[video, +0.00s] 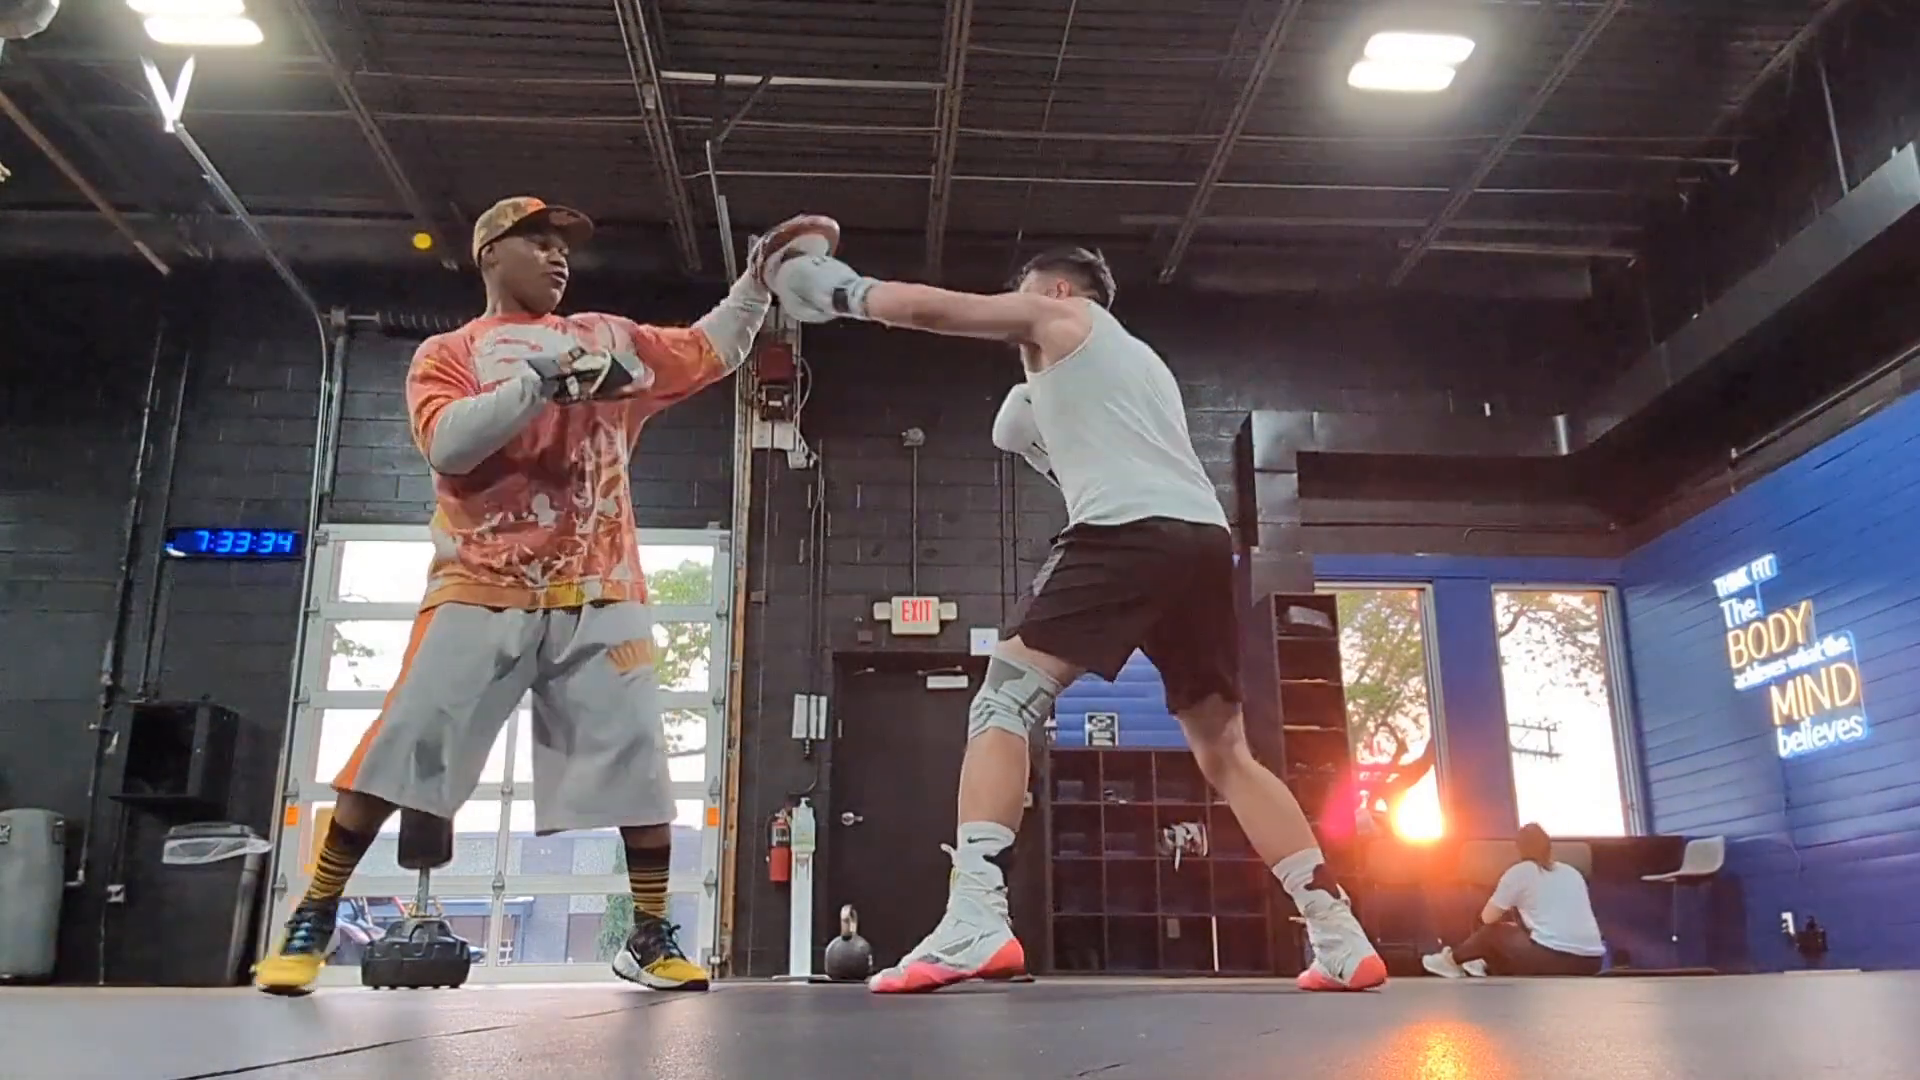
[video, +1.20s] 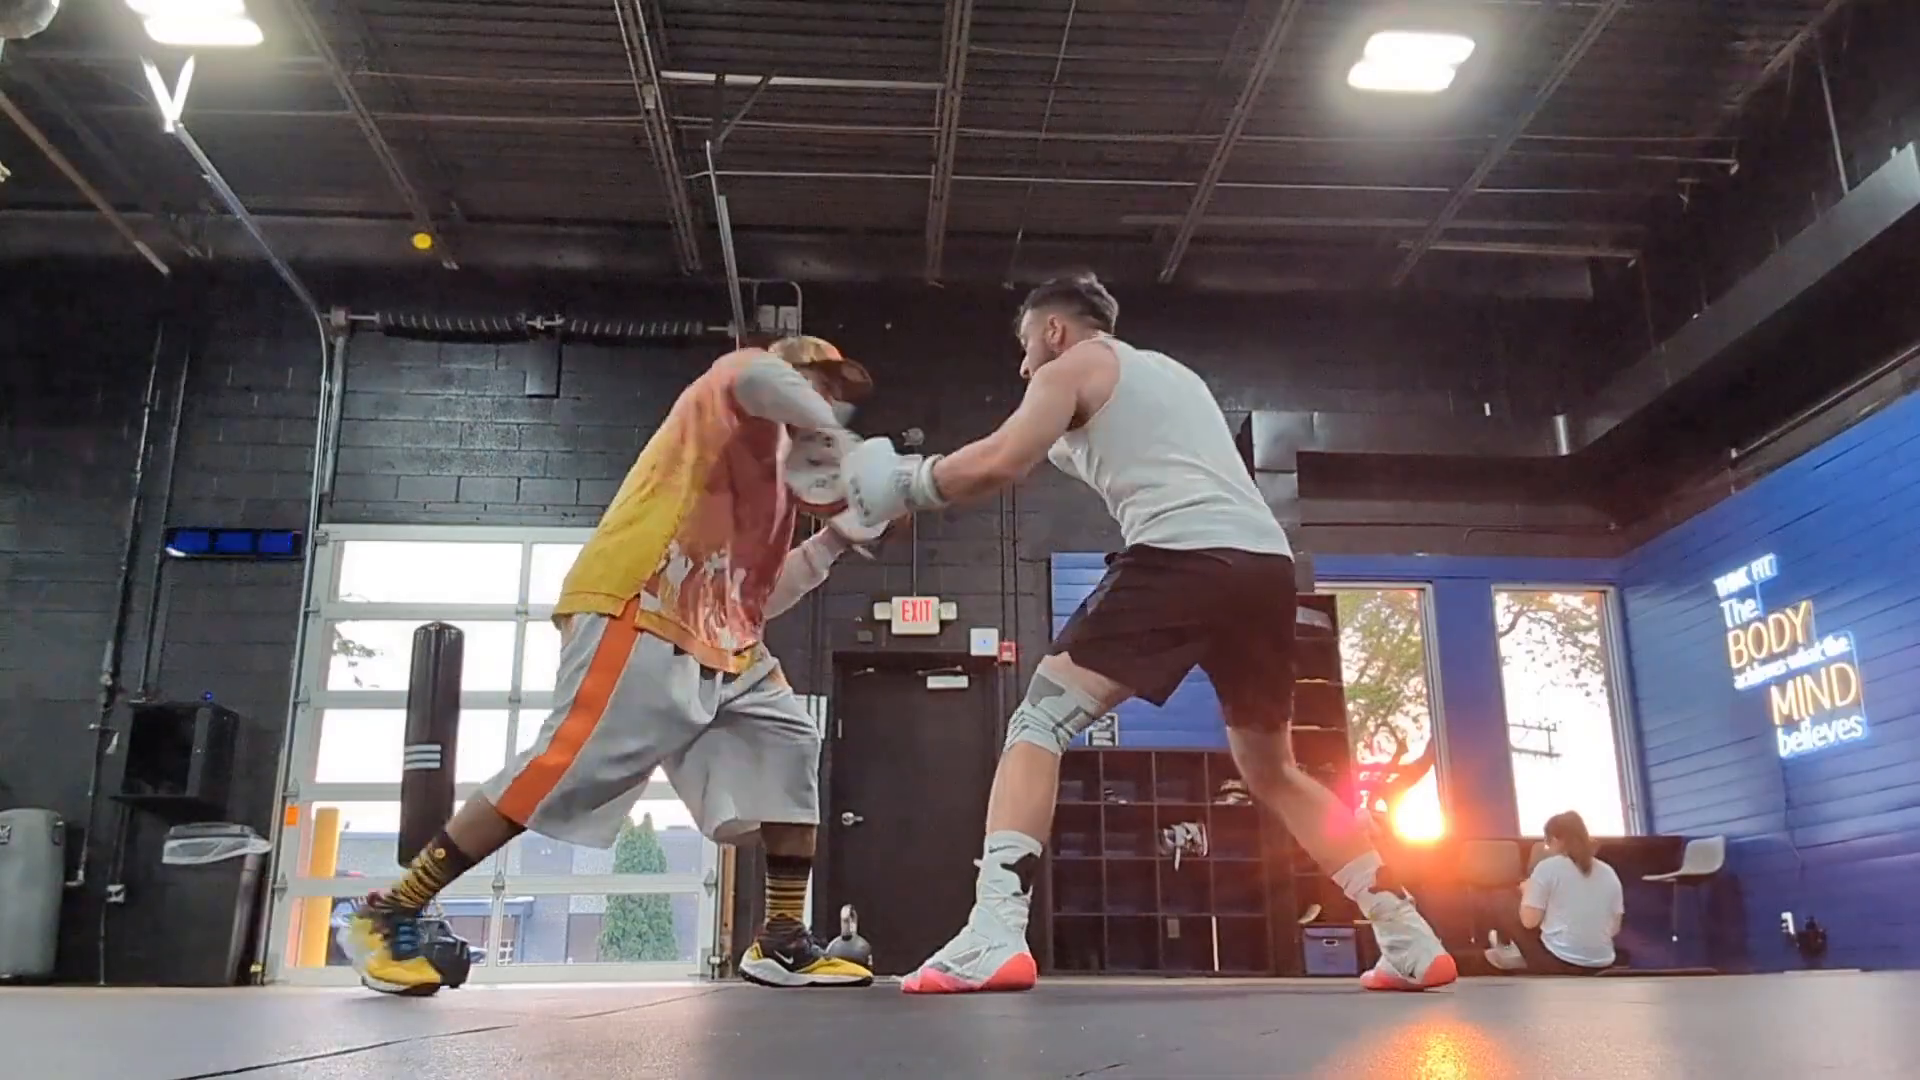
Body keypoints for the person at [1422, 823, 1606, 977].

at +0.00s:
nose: (1518, 848)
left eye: (1519, 844)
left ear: (1521, 848)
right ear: (1547, 846)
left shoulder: (1519, 873)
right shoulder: (1573, 873)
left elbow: (1488, 917)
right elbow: (1561, 914)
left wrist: (1517, 924)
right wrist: (1522, 920)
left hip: (1554, 959)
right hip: (1591, 962)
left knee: (1492, 932)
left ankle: (1450, 960)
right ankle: (1481, 963)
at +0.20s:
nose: (1531, 842)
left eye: (1532, 838)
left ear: (1533, 840)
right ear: (1562, 840)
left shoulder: (1529, 869)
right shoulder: (1586, 871)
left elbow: (1501, 915)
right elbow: (1585, 911)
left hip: (1556, 958)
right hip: (1593, 962)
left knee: (1497, 932)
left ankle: (1452, 959)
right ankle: (1485, 964)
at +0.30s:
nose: (1535, 840)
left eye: (1537, 835)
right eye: (1536, 835)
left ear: (1542, 837)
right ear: (1568, 837)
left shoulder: (1535, 867)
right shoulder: (1593, 871)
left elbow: (1507, 912)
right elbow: (1598, 913)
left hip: (1558, 958)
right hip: (1595, 962)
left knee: (1502, 929)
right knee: (1528, 928)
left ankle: (1454, 957)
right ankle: (1485, 963)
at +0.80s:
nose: (1553, 840)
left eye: (1555, 835)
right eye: (1554, 835)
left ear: (1560, 837)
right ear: (1588, 836)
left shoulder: (1551, 870)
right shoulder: (1608, 874)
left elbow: (1523, 919)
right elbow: (1611, 921)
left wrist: (1520, 893)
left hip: (1560, 961)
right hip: (1597, 963)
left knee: (1496, 924)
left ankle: (1456, 958)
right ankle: (1492, 958)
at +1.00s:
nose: (1556, 843)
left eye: (1557, 838)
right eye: (1556, 838)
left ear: (1563, 839)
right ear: (1588, 836)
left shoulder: (1552, 871)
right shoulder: (1612, 875)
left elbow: (1525, 918)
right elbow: (1614, 927)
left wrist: (1527, 889)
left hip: (1560, 961)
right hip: (1600, 962)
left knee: (1496, 918)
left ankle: (1462, 957)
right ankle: (1516, 955)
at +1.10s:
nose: (1552, 843)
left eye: (1554, 837)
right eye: (1552, 837)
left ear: (1562, 837)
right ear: (1586, 834)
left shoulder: (1551, 868)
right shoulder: (1611, 873)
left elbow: (1528, 919)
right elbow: (1614, 929)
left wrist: (1529, 888)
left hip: (1559, 960)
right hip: (1601, 962)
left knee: (1499, 907)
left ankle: (1474, 948)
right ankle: (1521, 953)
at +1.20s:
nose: (1546, 848)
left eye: (1547, 842)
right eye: (1545, 843)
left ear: (1557, 840)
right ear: (1581, 838)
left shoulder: (1548, 867)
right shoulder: (1608, 872)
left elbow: (1529, 921)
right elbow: (1614, 928)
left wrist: (1528, 891)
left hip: (1562, 962)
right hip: (1603, 961)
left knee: (1502, 902)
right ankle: (1519, 951)